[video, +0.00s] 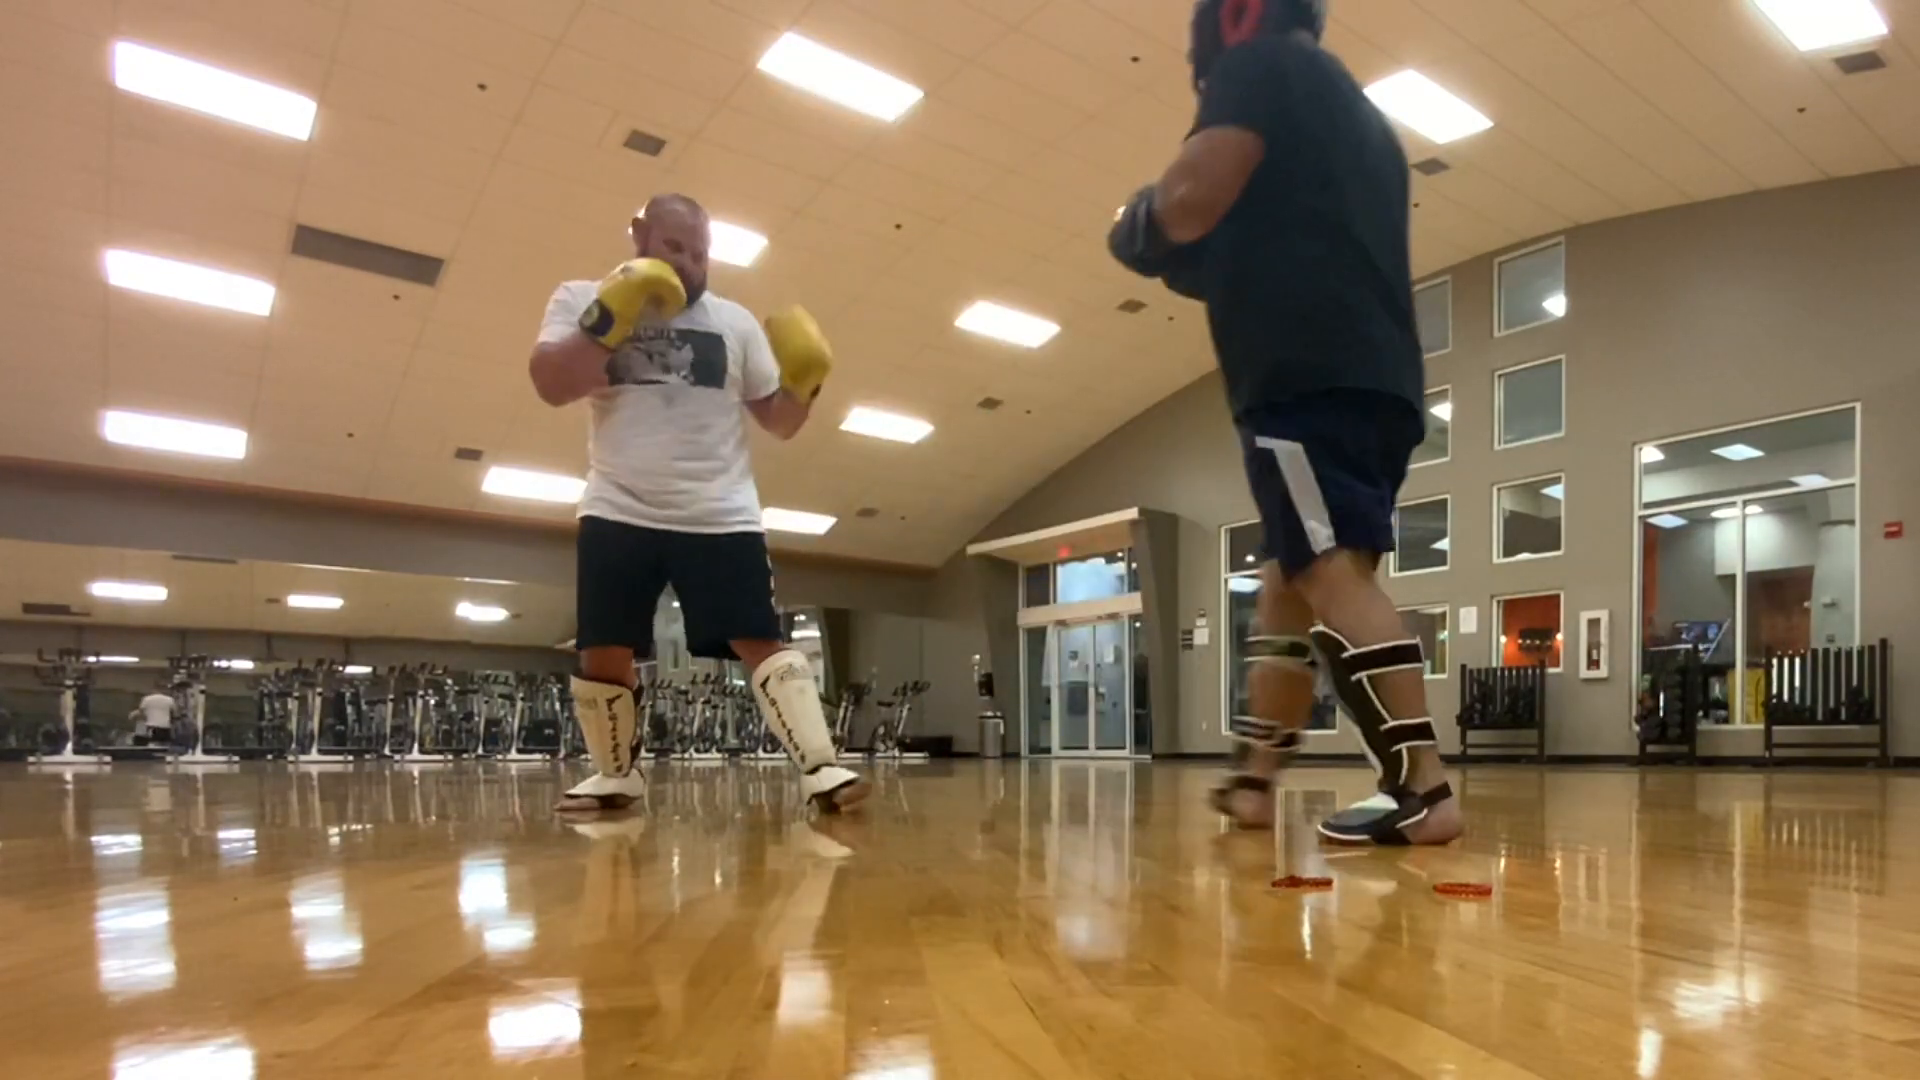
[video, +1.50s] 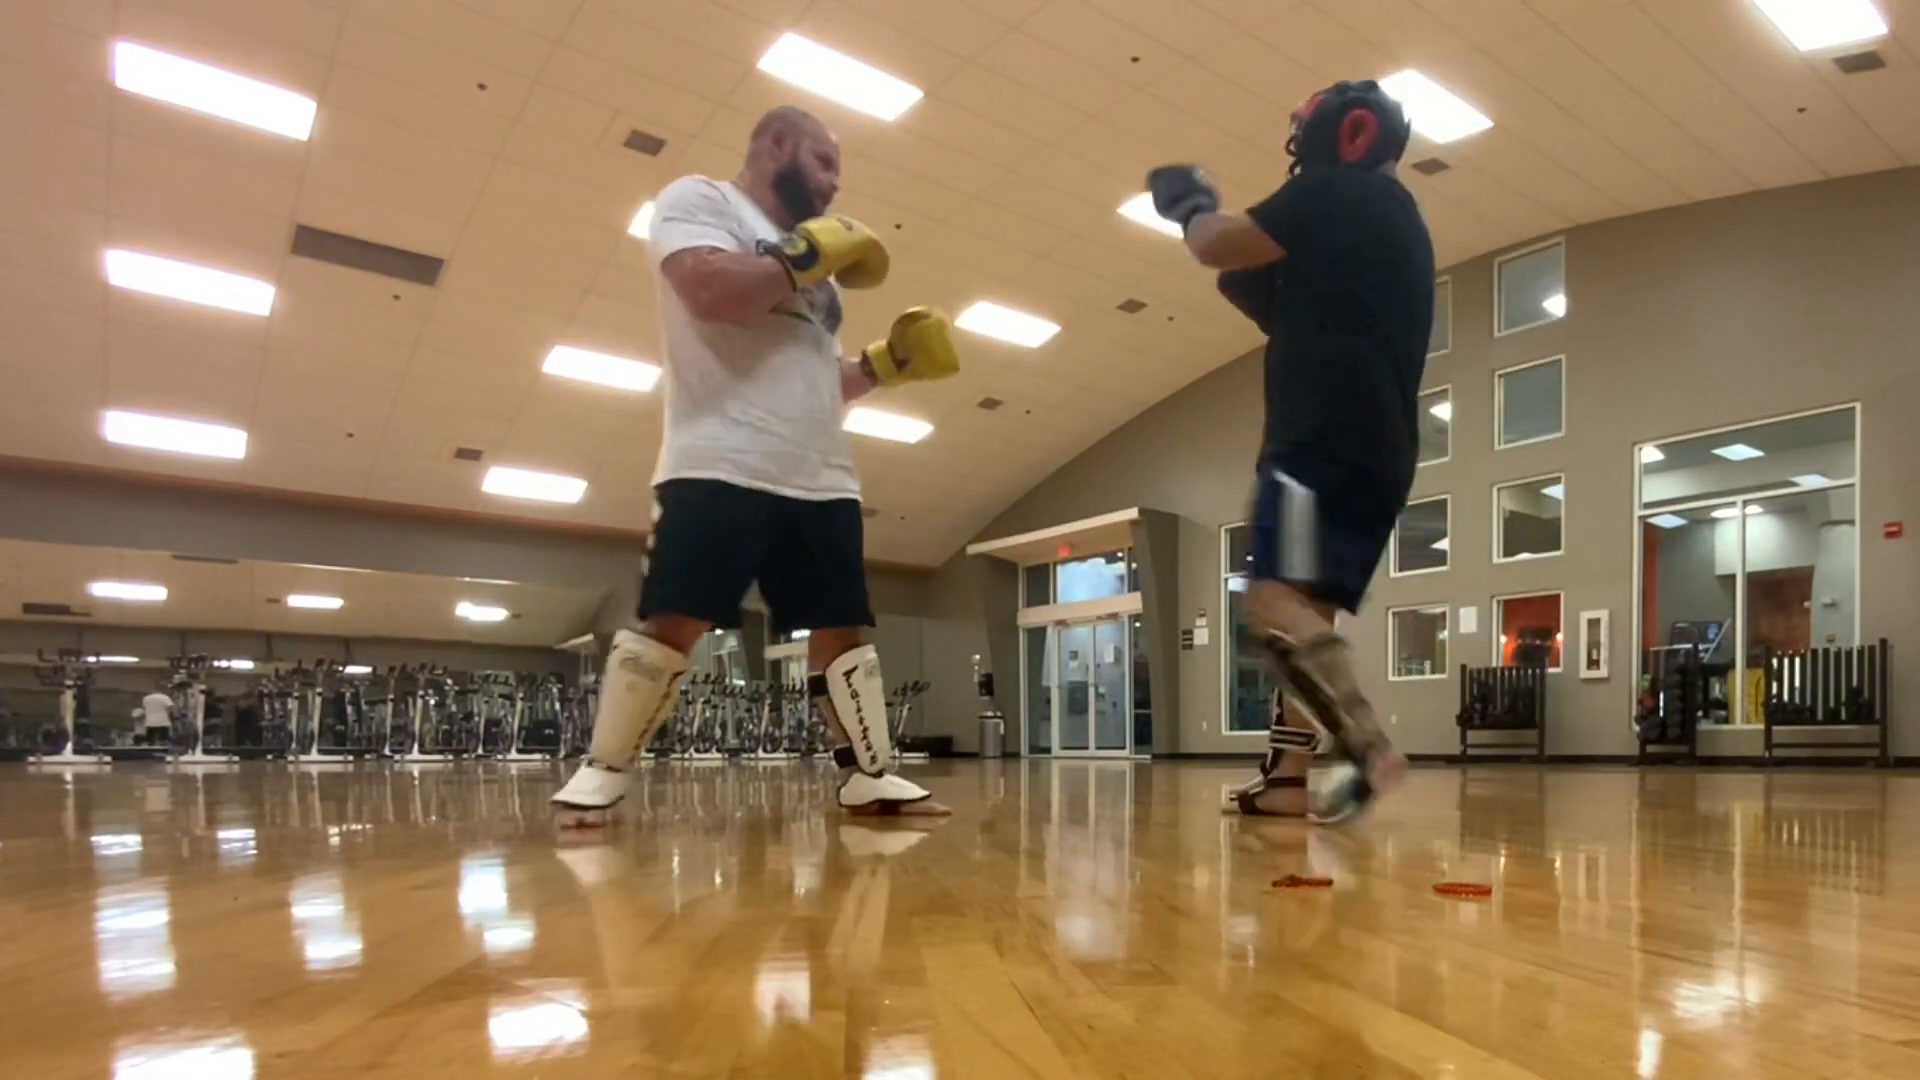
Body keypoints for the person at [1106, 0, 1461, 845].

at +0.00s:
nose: (1191, 53)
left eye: (1200, 32)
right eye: (1193, 38)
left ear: (1241, 13)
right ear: (1304, 19)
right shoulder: (1360, 114)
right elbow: (1271, 263)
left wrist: (1137, 226)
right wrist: (1171, 253)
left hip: (1303, 367)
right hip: (1374, 370)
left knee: (1332, 573)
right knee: (1290, 577)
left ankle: (1424, 790)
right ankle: (1255, 780)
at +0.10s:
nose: (1239, 62)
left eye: (1244, 42)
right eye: (1238, 49)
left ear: (1285, 14)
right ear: (1346, 17)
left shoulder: (1317, 45)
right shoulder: (1393, 108)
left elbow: (1238, 146)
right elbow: (1323, 235)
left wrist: (1154, 159)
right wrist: (1213, 204)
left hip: (1334, 351)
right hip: (1404, 359)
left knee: (1374, 564)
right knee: (1330, 569)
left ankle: (1430, 792)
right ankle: (1380, 769)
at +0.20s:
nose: (1276, 49)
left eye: (1284, 33)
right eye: (1278, 40)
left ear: (1323, 12)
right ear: (1385, 16)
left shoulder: (1357, 46)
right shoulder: (1430, 121)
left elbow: (1280, 119)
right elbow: (1372, 232)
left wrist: (1186, 85)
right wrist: (1280, 195)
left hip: (1366, 344)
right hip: (1438, 355)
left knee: (1390, 562)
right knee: (1390, 563)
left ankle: (1424, 791)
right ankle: (1469, 749)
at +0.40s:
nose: (1345, 49)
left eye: (1358, 31)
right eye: (1349, 36)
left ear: (1399, 27)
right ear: (1447, 37)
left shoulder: (1421, 79)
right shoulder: (1477, 121)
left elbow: (1360, 157)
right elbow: (1390, 259)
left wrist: (1290, 141)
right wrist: (1305, 204)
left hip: (1414, 375)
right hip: (1503, 380)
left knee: (1422, 570)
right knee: (1509, 580)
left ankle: (1430, 792)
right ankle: (1575, 781)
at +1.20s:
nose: (1322, 110)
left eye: (1334, 94)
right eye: (1324, 97)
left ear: (1385, 93)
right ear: (1395, 98)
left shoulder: (1401, 148)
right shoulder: (1425, 178)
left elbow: (1338, 230)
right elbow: (1335, 297)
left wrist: (1251, 202)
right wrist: (1268, 234)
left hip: (1396, 407)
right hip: (1455, 410)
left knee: (1384, 597)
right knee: (1414, 594)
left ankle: (1397, 783)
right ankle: (1477, 736)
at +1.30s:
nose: (1302, 106)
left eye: (1315, 92)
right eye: (1305, 94)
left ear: (1368, 99)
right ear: (1374, 104)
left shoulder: (1378, 158)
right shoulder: (1388, 180)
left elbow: (1288, 252)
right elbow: (1355, 307)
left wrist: (1238, 217)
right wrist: (1277, 283)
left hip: (1390, 416)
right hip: (1392, 416)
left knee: (1391, 594)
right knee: (1371, 595)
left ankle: (1402, 782)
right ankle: (1387, 776)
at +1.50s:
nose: (1291, 140)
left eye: (1303, 125)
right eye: (1295, 129)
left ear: (1352, 130)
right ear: (1368, 140)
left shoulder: (1333, 192)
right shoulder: (1395, 215)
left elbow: (1216, 245)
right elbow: (1308, 321)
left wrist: (1192, 202)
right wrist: (1228, 262)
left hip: (1322, 423)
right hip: (1379, 434)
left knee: (1273, 596)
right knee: (1310, 606)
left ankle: (1371, 750)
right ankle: (1291, 777)